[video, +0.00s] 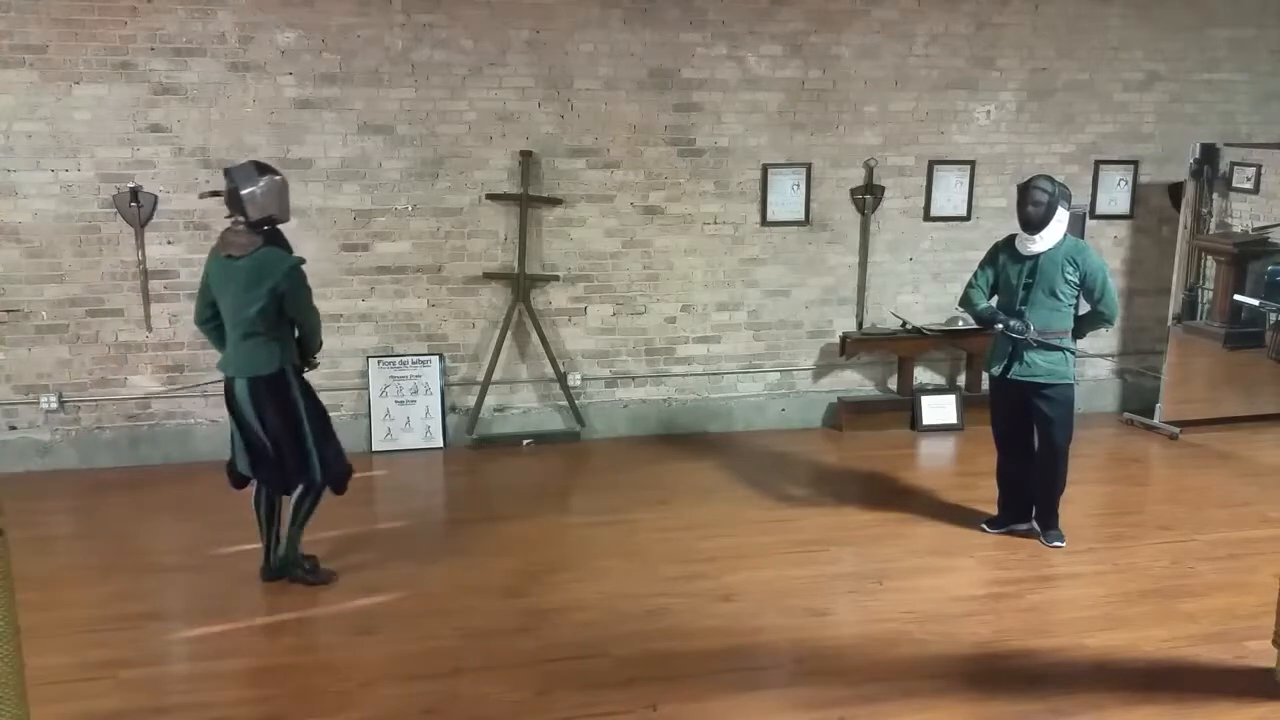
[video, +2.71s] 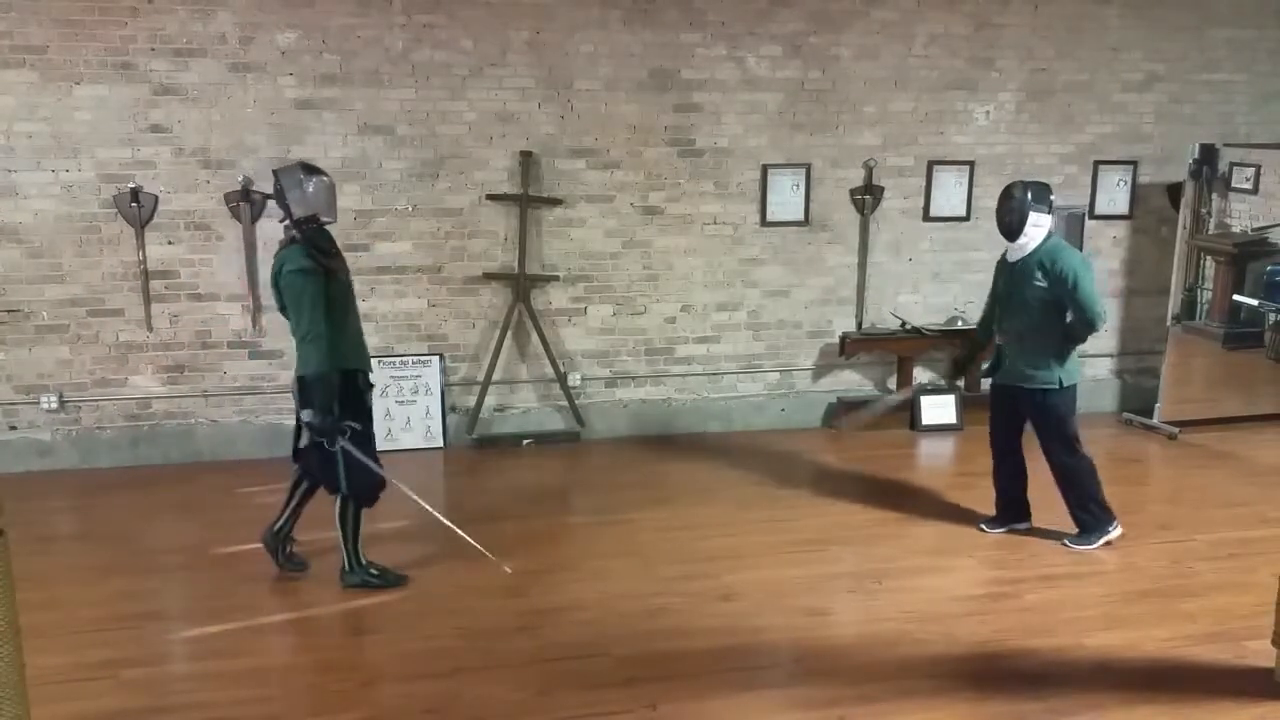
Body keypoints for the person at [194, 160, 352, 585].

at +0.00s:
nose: (282, 203)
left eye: (278, 195)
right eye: (276, 196)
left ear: (235, 207)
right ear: (268, 204)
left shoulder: (218, 259)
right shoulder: (281, 262)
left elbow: (205, 317)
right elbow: (310, 325)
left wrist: (236, 349)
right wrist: (305, 353)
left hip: (236, 379)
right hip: (275, 377)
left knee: (267, 468)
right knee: (318, 466)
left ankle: (272, 557)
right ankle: (289, 553)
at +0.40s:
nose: (294, 202)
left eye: (291, 194)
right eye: (288, 195)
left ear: (249, 206)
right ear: (277, 203)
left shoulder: (234, 254)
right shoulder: (286, 261)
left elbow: (206, 302)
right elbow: (322, 307)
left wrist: (243, 332)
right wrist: (354, 333)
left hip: (242, 379)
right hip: (281, 379)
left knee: (262, 467)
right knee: (321, 465)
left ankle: (269, 558)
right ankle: (295, 554)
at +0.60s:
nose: (291, 202)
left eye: (288, 194)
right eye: (284, 195)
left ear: (245, 206)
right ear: (272, 202)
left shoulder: (233, 253)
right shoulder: (281, 255)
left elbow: (200, 283)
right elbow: (332, 285)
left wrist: (224, 316)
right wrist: (399, 298)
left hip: (241, 378)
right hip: (279, 378)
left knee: (259, 469)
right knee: (319, 466)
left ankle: (268, 559)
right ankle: (296, 554)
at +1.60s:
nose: (237, 212)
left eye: (243, 205)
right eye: (239, 205)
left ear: (260, 211)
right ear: (283, 209)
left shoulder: (254, 255)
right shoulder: (284, 258)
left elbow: (223, 288)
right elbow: (325, 318)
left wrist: (255, 323)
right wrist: (344, 276)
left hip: (255, 376)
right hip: (288, 377)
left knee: (265, 468)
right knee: (329, 467)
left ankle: (270, 556)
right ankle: (301, 552)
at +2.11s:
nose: (304, 205)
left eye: (301, 197)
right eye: (298, 199)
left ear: (259, 214)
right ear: (288, 208)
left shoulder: (257, 260)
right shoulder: (288, 263)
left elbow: (236, 291)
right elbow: (312, 330)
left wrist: (269, 327)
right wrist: (351, 298)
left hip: (258, 379)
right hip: (293, 380)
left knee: (270, 469)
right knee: (336, 468)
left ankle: (271, 557)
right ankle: (317, 555)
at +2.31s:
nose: (312, 209)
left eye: (307, 202)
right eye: (306, 202)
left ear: (270, 210)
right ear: (297, 208)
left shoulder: (267, 259)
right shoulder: (291, 265)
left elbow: (279, 332)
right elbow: (305, 341)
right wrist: (363, 364)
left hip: (270, 378)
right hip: (295, 380)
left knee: (277, 469)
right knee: (331, 470)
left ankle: (272, 557)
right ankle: (352, 565)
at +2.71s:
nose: (327, 200)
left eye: (325, 192)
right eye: (320, 194)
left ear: (291, 202)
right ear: (305, 200)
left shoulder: (317, 247)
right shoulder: (301, 259)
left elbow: (327, 323)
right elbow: (311, 334)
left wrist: (354, 376)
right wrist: (318, 401)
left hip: (338, 376)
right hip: (332, 380)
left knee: (316, 460)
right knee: (355, 470)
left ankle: (280, 532)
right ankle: (354, 564)